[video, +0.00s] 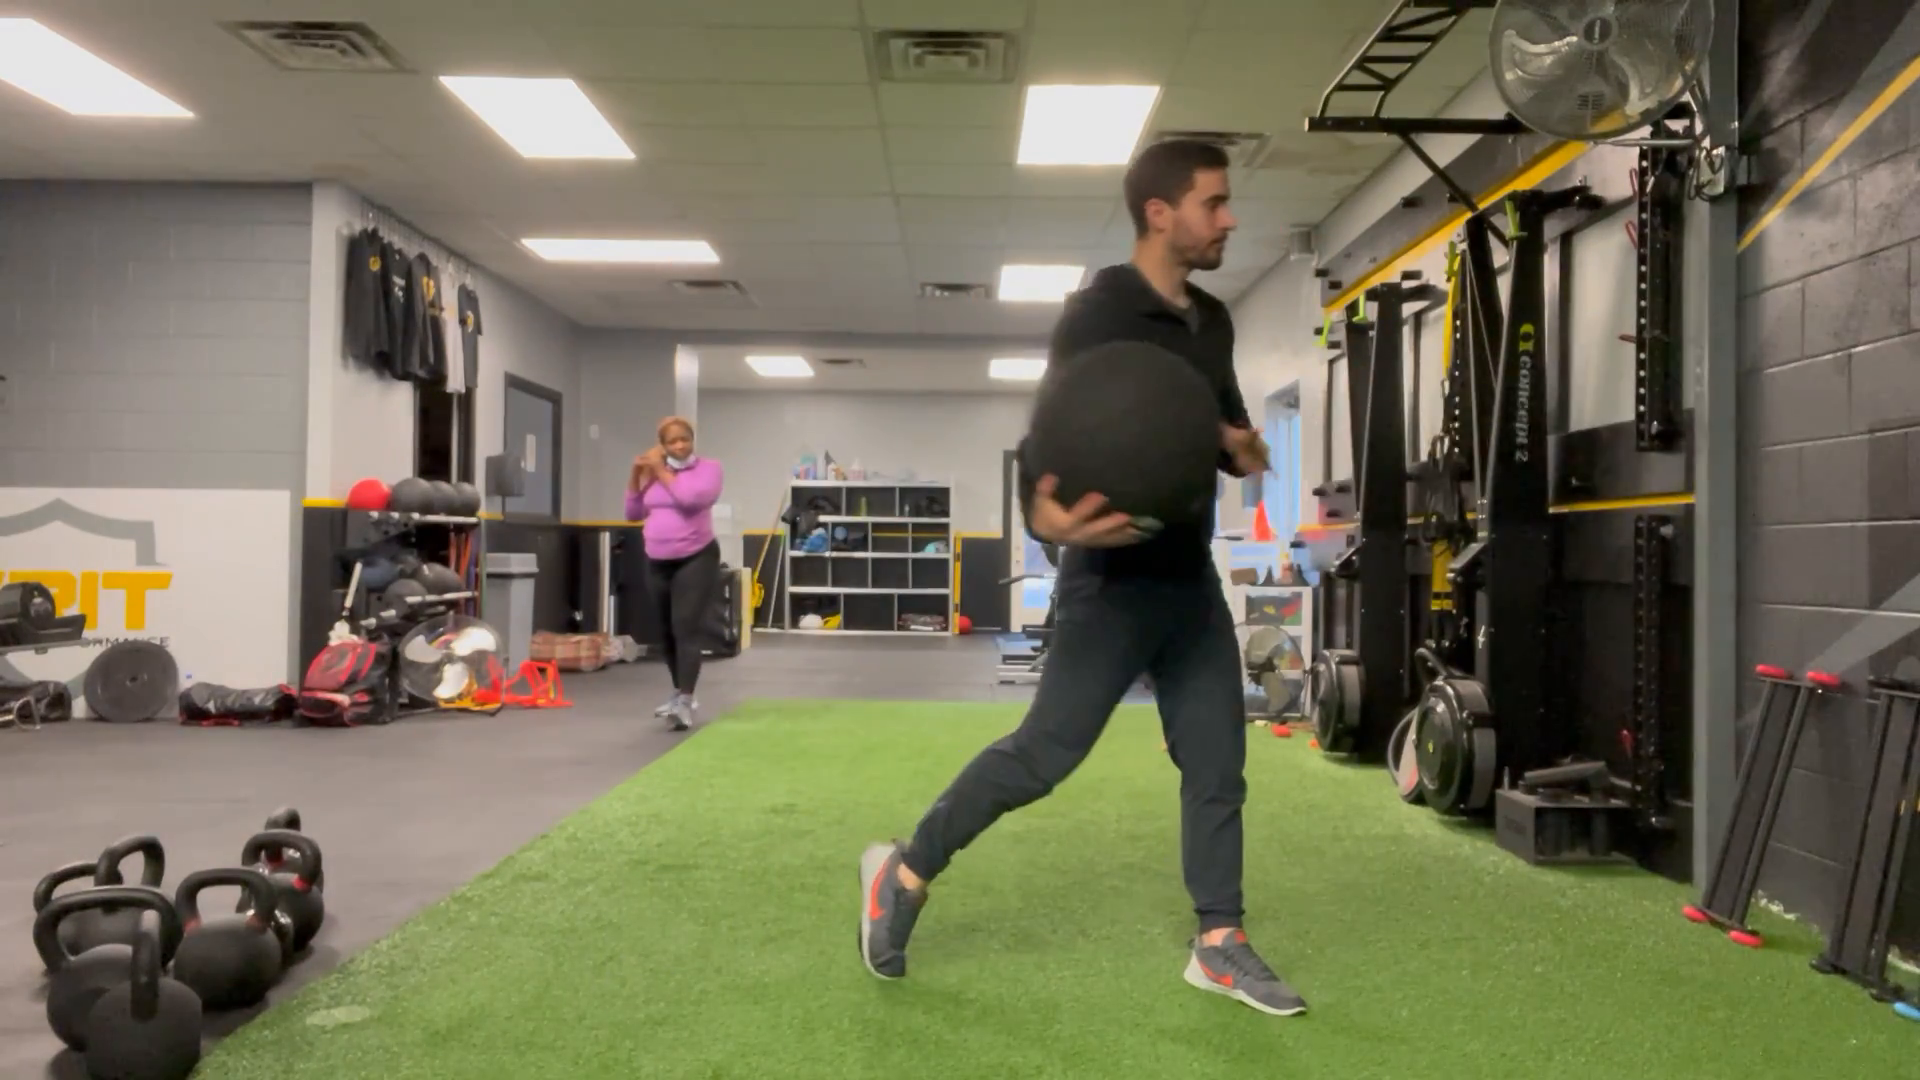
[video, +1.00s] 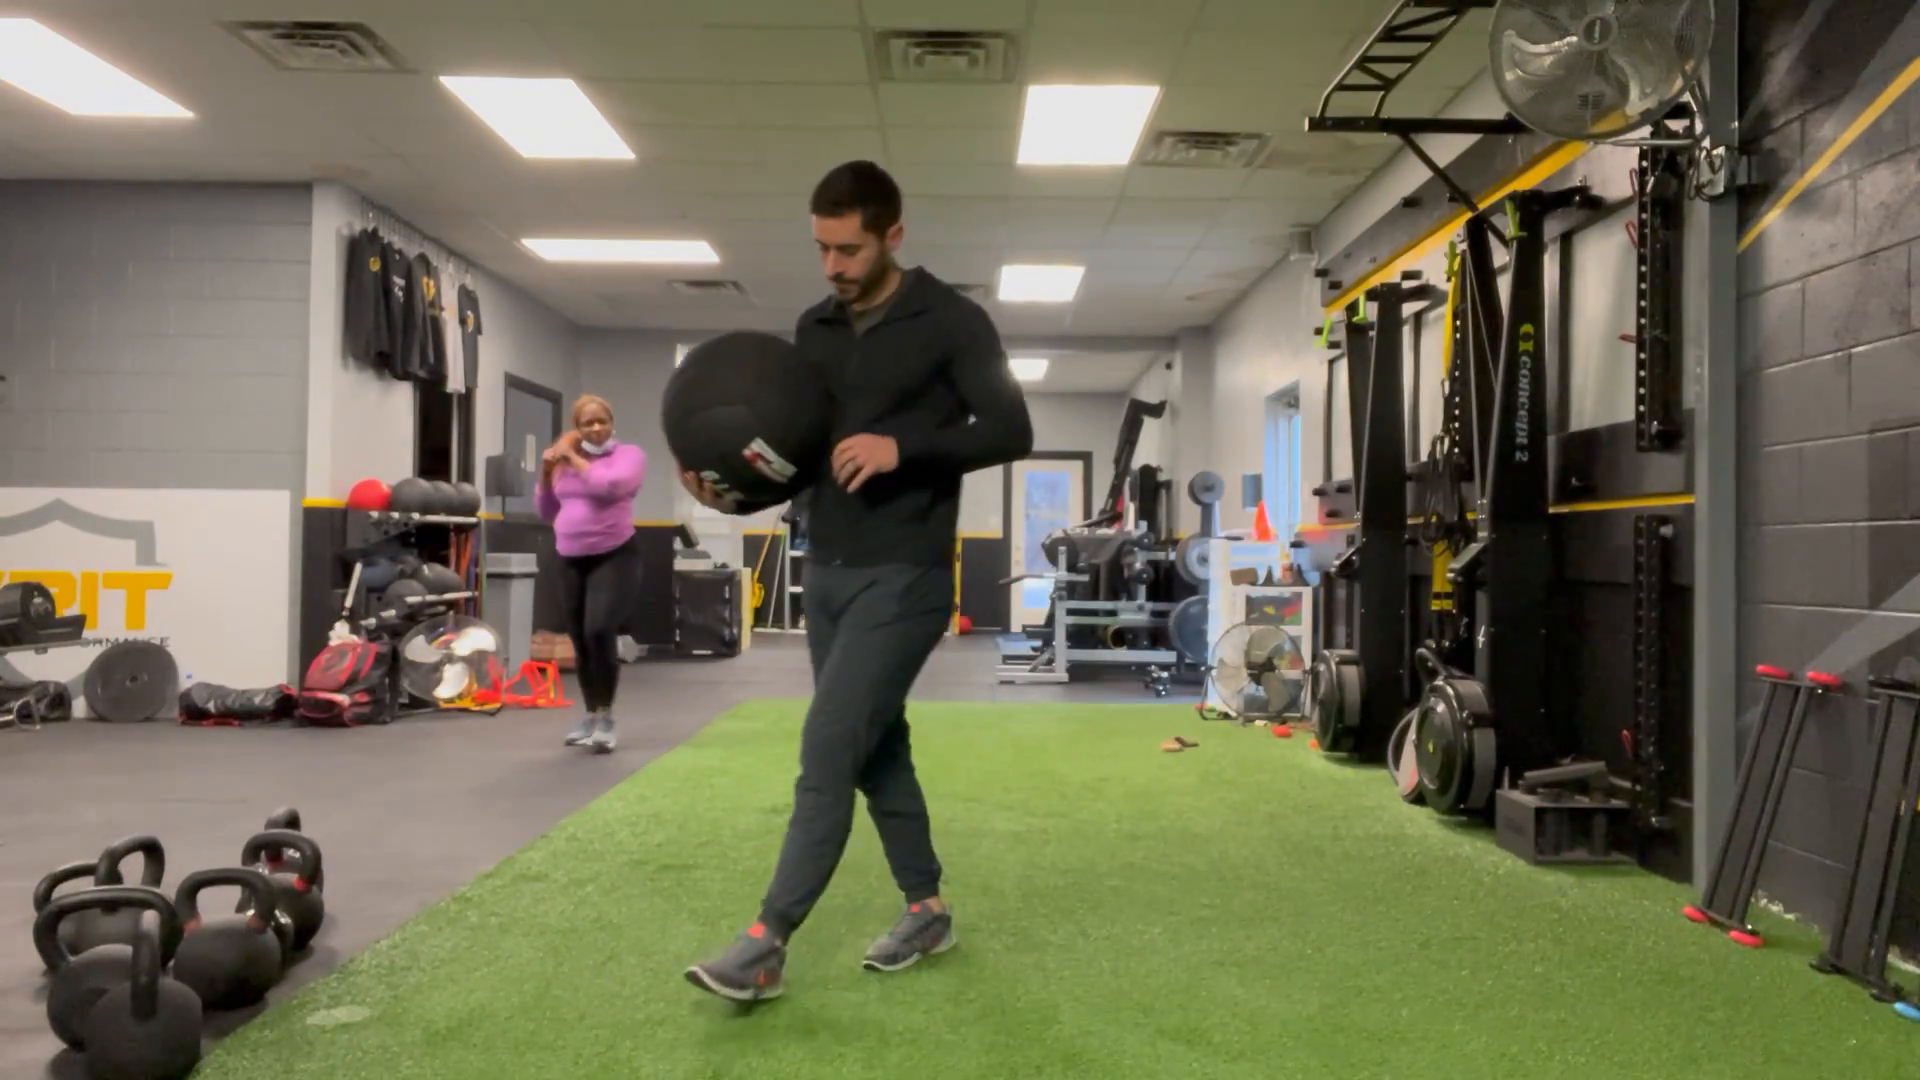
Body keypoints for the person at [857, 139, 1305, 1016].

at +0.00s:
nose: (1229, 220)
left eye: (1228, 204)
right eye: (1214, 204)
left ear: (1191, 216)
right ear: (1158, 213)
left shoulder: (1210, 319)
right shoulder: (1105, 302)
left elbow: (1231, 426)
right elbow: (1051, 434)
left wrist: (1243, 449)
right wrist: (1047, 522)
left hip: (1188, 581)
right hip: (1109, 581)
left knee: (1215, 766)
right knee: (1043, 754)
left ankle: (1219, 939)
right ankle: (905, 869)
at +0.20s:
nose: (1142, 231)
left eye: (1149, 216)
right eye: (1127, 215)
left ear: (1152, 222)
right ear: (1077, 219)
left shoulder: (1170, 321)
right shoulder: (1019, 325)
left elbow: (1211, 434)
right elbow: (972, 440)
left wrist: (1163, 432)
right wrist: (960, 519)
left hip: (1163, 585)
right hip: (1061, 590)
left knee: (1209, 764)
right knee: (996, 755)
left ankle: (1219, 941)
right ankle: (914, 884)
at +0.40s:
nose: (1025, 256)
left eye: (1040, 241)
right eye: (1010, 240)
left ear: (1057, 244)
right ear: (982, 241)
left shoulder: (1095, 327)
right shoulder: (936, 342)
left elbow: (1138, 445)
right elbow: (898, 457)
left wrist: (1048, 434)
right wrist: (872, 521)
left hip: (1083, 592)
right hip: (972, 594)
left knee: (1155, 770)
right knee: (937, 768)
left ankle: (1216, 935)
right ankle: (927, 910)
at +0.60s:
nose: (933, 262)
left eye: (950, 245)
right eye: (922, 244)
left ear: (984, 239)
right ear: (909, 241)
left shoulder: (1038, 327)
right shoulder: (889, 336)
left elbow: (1071, 440)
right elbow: (869, 460)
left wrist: (961, 430)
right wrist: (815, 504)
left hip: (1008, 579)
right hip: (910, 578)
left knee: (1061, 748)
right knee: (909, 757)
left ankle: (1110, 921)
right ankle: (923, 909)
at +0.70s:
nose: (904, 259)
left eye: (920, 243)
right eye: (893, 242)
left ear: (958, 235)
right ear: (882, 235)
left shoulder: (1012, 320)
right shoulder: (869, 331)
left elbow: (1054, 430)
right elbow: (847, 452)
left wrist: (942, 425)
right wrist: (791, 493)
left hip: (984, 568)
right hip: (892, 570)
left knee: (981, 743)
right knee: (904, 752)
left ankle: (1008, 928)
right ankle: (924, 910)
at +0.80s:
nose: (877, 259)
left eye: (893, 243)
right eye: (867, 242)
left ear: (935, 234)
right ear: (860, 235)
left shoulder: (991, 316)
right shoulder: (853, 327)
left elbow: (1041, 426)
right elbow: (828, 443)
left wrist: (929, 428)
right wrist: (770, 486)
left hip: (962, 564)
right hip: (873, 565)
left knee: (910, 733)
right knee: (890, 740)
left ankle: (897, 922)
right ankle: (923, 901)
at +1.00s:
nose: (832, 266)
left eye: (847, 250)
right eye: (822, 249)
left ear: (893, 235)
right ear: (817, 239)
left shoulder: (952, 319)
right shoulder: (816, 329)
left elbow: (1010, 429)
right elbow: (790, 457)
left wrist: (903, 447)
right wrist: (724, 482)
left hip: (908, 576)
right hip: (829, 572)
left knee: (830, 741)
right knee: (876, 745)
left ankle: (766, 941)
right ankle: (926, 907)